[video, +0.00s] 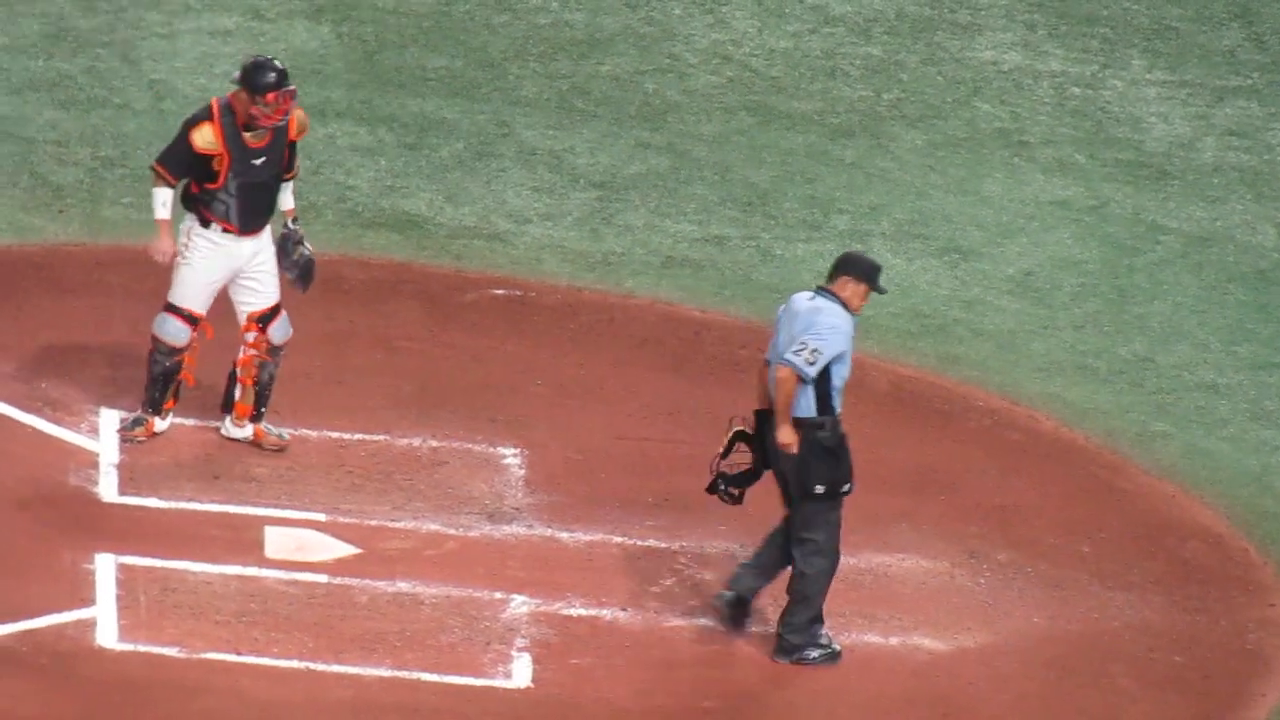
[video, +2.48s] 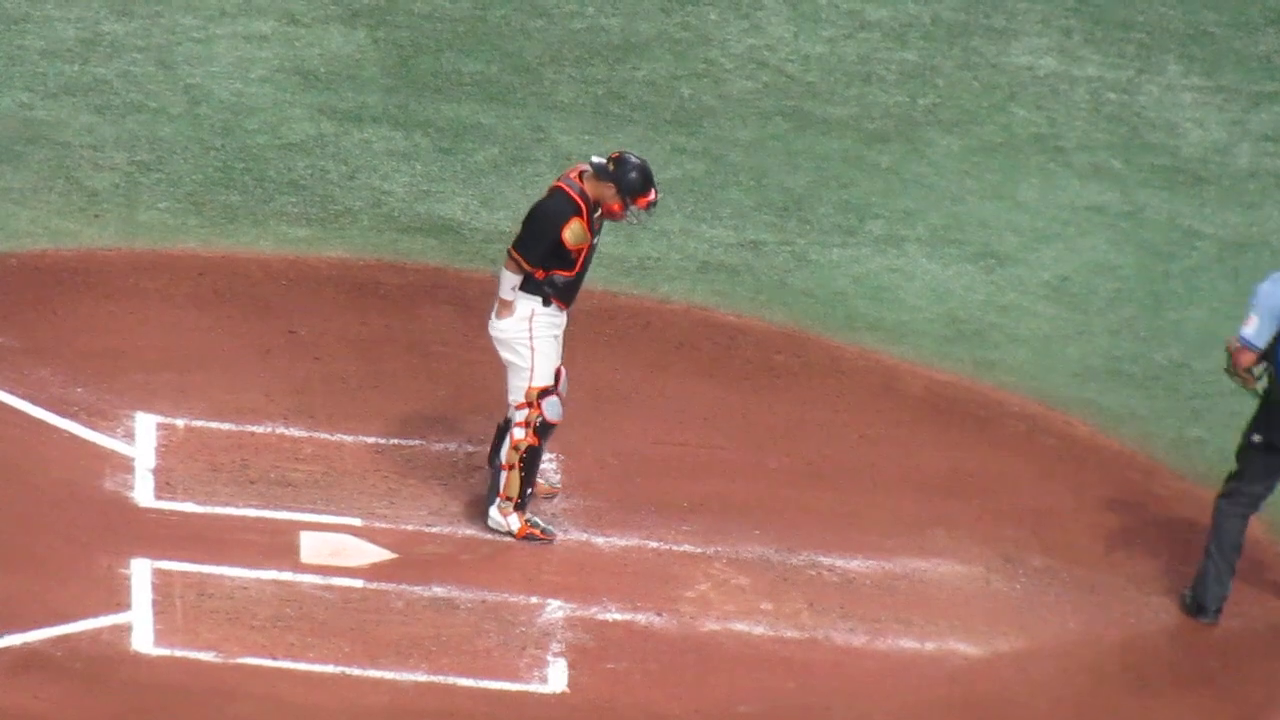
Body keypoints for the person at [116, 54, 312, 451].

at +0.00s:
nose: (278, 105)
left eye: (281, 97)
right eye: (269, 99)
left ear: (283, 95)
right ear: (246, 96)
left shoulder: (288, 124)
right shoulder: (210, 126)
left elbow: (286, 177)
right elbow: (163, 174)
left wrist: (291, 226)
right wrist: (164, 232)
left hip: (257, 242)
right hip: (208, 240)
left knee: (270, 333)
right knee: (174, 329)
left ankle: (243, 420)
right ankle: (154, 413)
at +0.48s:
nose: (373, 122)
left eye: (377, 114)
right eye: (366, 114)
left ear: (376, 111)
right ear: (343, 109)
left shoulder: (369, 142)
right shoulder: (301, 135)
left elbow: (359, 195)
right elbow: (252, 175)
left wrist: (358, 245)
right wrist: (256, 220)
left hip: (330, 256)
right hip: (289, 250)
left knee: (315, 346)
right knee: (304, 347)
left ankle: (267, 418)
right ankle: (261, 436)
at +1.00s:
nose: (446, 156)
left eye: (448, 149)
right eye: (442, 149)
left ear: (431, 143)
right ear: (420, 142)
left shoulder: (431, 166)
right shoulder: (383, 176)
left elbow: (420, 221)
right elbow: (337, 219)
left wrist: (437, 260)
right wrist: (346, 264)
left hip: (412, 282)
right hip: (377, 283)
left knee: (424, 363)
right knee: (378, 379)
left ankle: (341, 410)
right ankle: (354, 472)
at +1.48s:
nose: (544, 157)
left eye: (545, 150)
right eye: (541, 149)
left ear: (522, 144)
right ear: (520, 143)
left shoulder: (519, 175)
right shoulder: (473, 184)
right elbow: (439, 241)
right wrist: (437, 285)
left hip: (499, 299)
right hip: (465, 299)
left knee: (526, 383)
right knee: (438, 396)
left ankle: (508, 476)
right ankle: (369, 465)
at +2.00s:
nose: (605, 173)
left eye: (609, 168)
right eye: (606, 165)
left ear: (592, 150)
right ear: (590, 151)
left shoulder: (575, 172)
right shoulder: (541, 176)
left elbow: (563, 225)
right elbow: (499, 226)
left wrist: (584, 259)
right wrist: (491, 274)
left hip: (537, 286)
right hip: (516, 285)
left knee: (530, 379)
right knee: (544, 381)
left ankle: (503, 464)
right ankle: (516, 472)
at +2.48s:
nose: (622, 211)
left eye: (627, 206)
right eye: (623, 203)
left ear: (613, 181)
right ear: (609, 187)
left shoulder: (590, 183)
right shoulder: (559, 209)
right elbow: (517, 259)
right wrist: (504, 306)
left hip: (547, 311)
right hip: (530, 313)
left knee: (548, 394)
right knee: (534, 413)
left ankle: (517, 469)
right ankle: (506, 509)